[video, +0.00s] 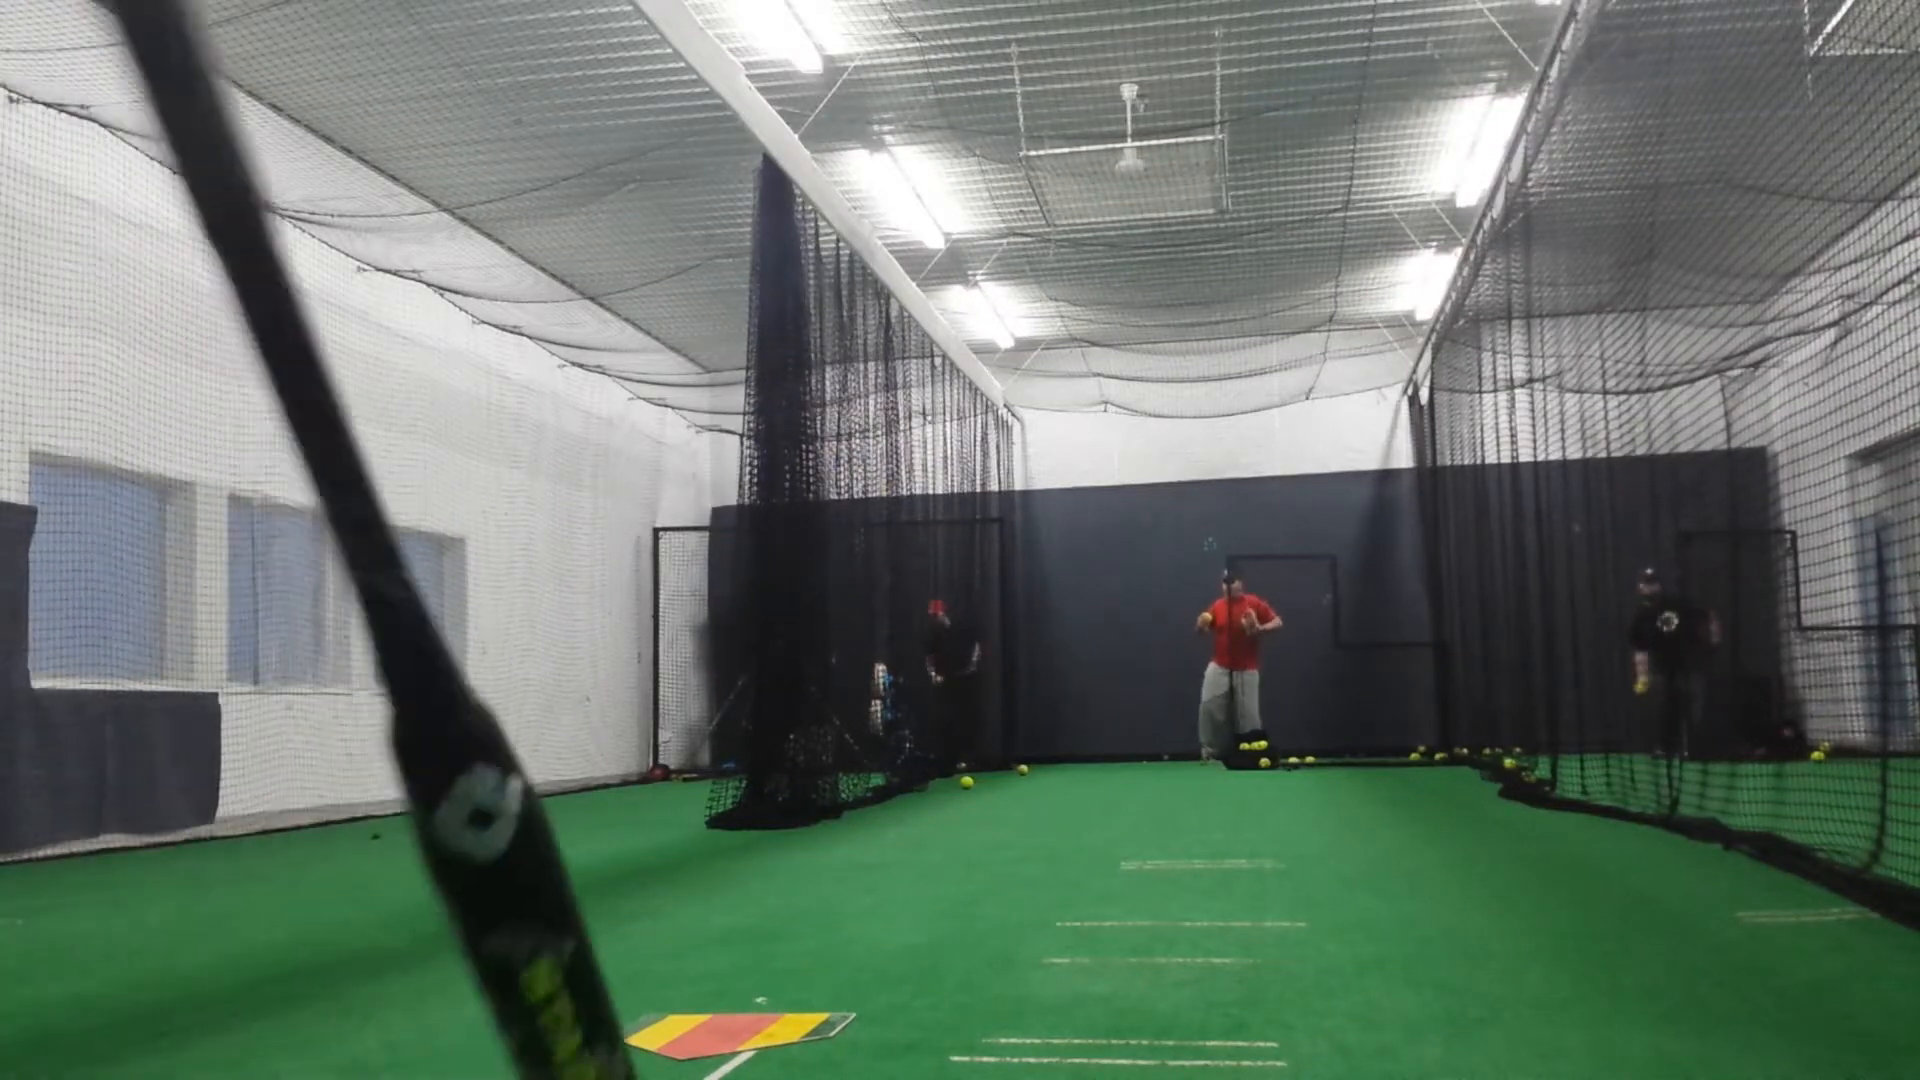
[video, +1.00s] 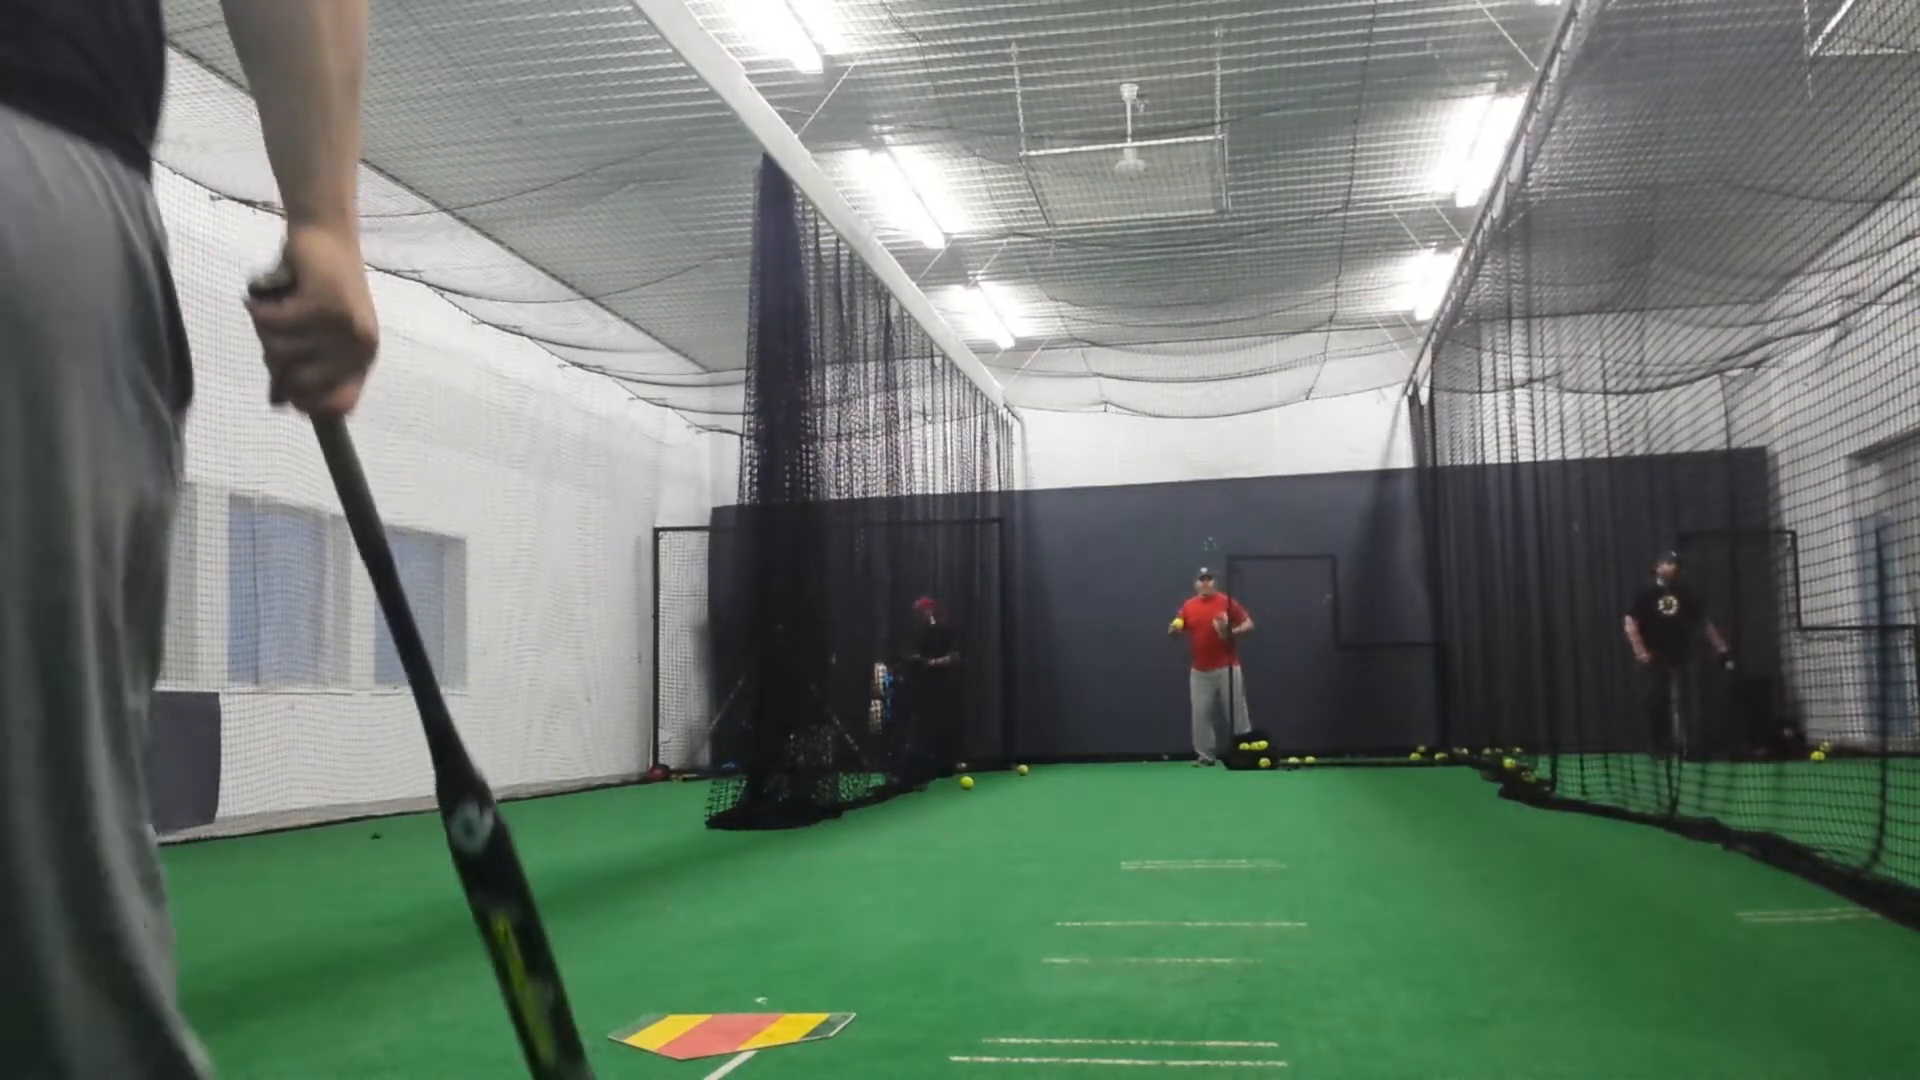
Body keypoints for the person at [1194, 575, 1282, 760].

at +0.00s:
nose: (1228, 586)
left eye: (1232, 582)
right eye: (1225, 582)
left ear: (1241, 583)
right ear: (1222, 585)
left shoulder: (1253, 603)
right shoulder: (1218, 605)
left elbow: (1277, 622)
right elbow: (1206, 630)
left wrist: (1259, 628)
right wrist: (1202, 624)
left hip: (1246, 667)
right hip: (1220, 665)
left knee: (1248, 710)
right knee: (1209, 705)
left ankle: (1252, 751)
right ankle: (1209, 750)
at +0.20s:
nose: (1229, 586)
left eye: (1232, 581)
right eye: (1225, 582)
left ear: (1240, 583)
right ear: (1222, 585)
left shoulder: (1254, 604)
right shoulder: (1217, 606)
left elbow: (1278, 622)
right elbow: (1210, 634)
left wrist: (1257, 629)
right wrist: (1203, 629)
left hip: (1246, 667)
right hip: (1220, 665)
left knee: (1247, 709)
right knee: (1207, 706)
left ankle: (1250, 751)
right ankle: (1203, 750)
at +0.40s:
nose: (1227, 585)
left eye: (1230, 581)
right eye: (1223, 581)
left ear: (1237, 583)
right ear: (1219, 585)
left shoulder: (1250, 604)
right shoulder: (1213, 606)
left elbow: (1269, 627)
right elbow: (1207, 632)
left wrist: (1250, 631)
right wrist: (1200, 626)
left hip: (1245, 666)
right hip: (1218, 666)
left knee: (1247, 709)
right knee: (1213, 709)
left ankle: (1249, 752)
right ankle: (1208, 752)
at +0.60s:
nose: (1218, 585)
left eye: (1222, 581)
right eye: (1215, 581)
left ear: (1230, 583)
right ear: (1211, 584)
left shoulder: (1243, 604)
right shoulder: (1205, 606)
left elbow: (1266, 623)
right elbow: (1193, 629)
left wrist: (1248, 629)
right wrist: (1187, 622)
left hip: (1239, 666)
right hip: (1213, 667)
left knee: (1243, 708)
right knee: (1208, 711)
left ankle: (1249, 752)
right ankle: (1206, 754)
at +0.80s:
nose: (1211, 585)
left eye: (1215, 582)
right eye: (1208, 582)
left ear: (1223, 585)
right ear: (1203, 585)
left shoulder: (1233, 605)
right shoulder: (1197, 607)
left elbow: (1251, 628)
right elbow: (1193, 634)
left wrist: (1238, 634)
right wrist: (1186, 627)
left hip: (1230, 668)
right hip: (1204, 668)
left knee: (1236, 711)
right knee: (1202, 712)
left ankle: (1243, 752)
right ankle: (1205, 753)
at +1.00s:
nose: (1205, 583)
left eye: (1208, 579)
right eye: (1201, 579)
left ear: (1214, 582)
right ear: (1195, 583)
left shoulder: (1226, 602)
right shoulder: (1189, 606)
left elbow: (1248, 623)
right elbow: (1176, 632)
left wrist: (1231, 632)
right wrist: (1174, 629)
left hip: (1226, 666)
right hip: (1201, 668)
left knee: (1236, 710)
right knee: (1200, 712)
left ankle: (1245, 751)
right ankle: (1205, 754)